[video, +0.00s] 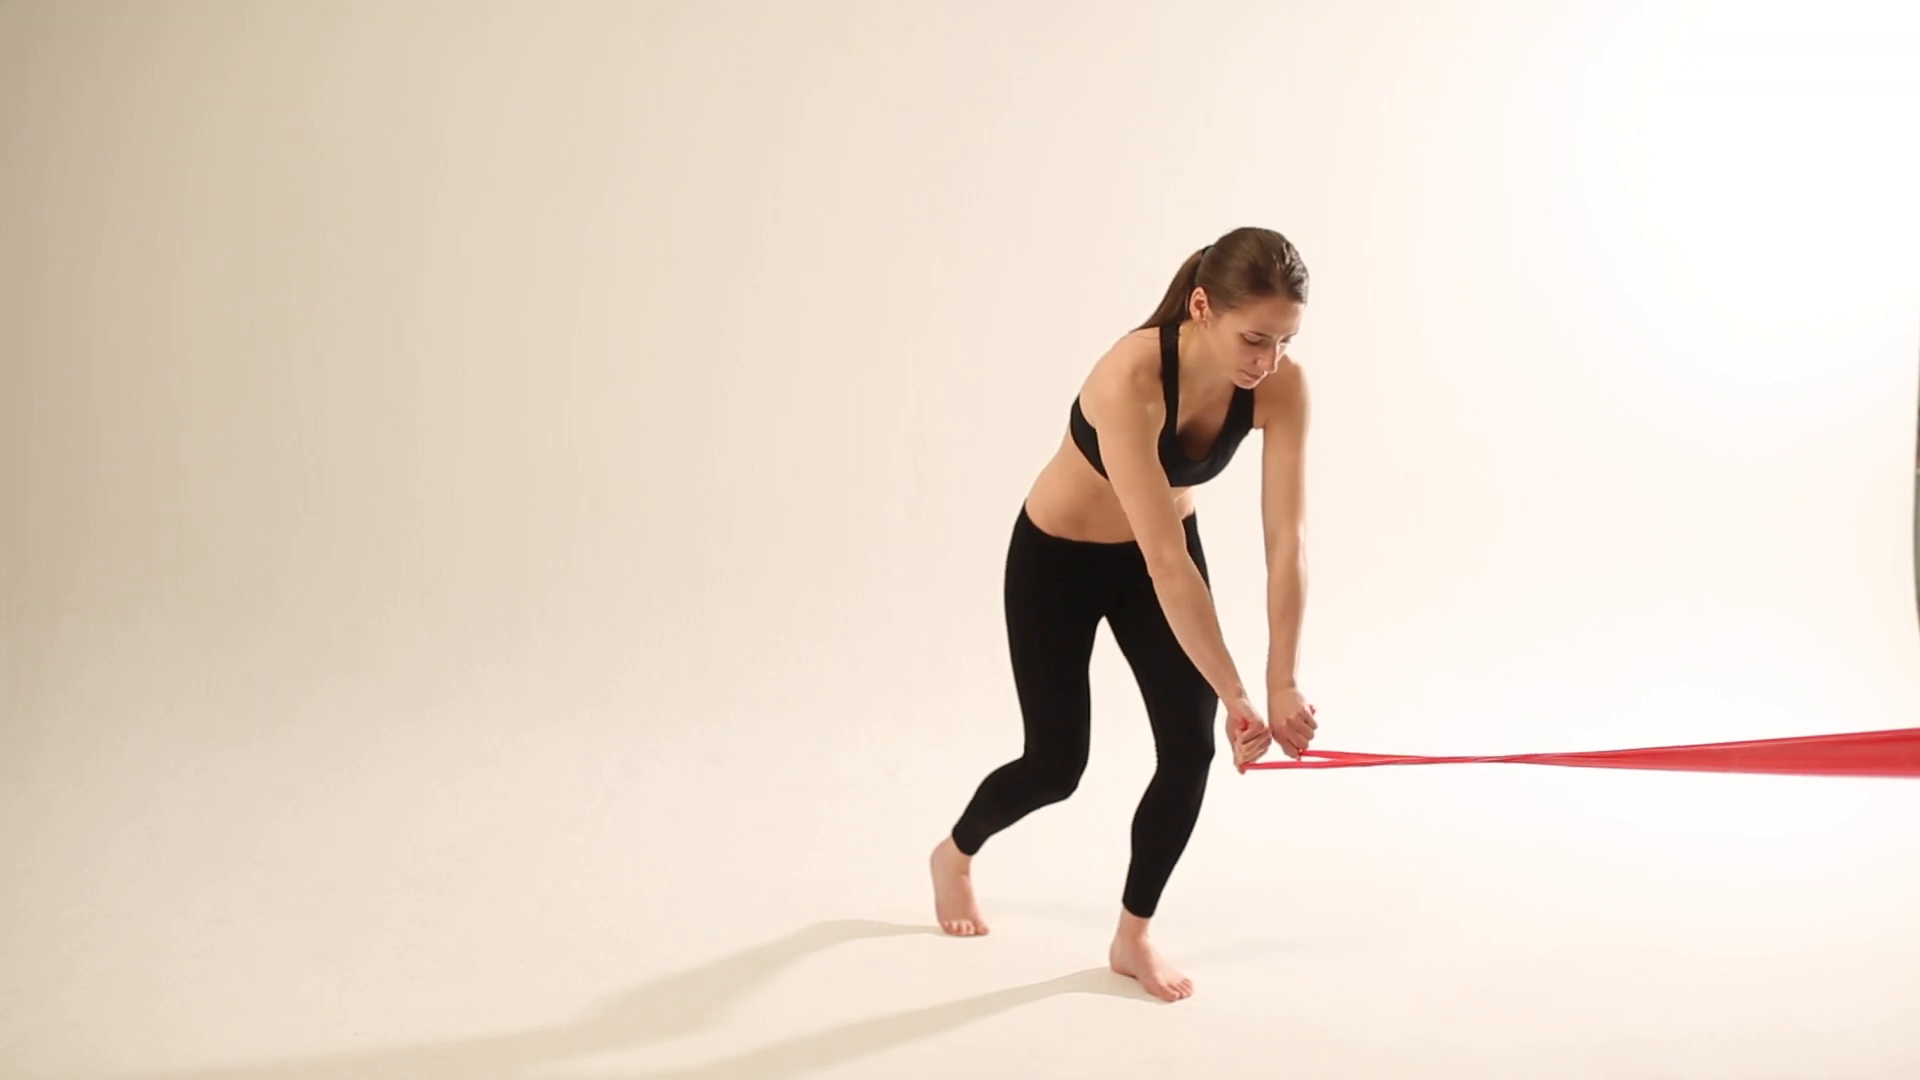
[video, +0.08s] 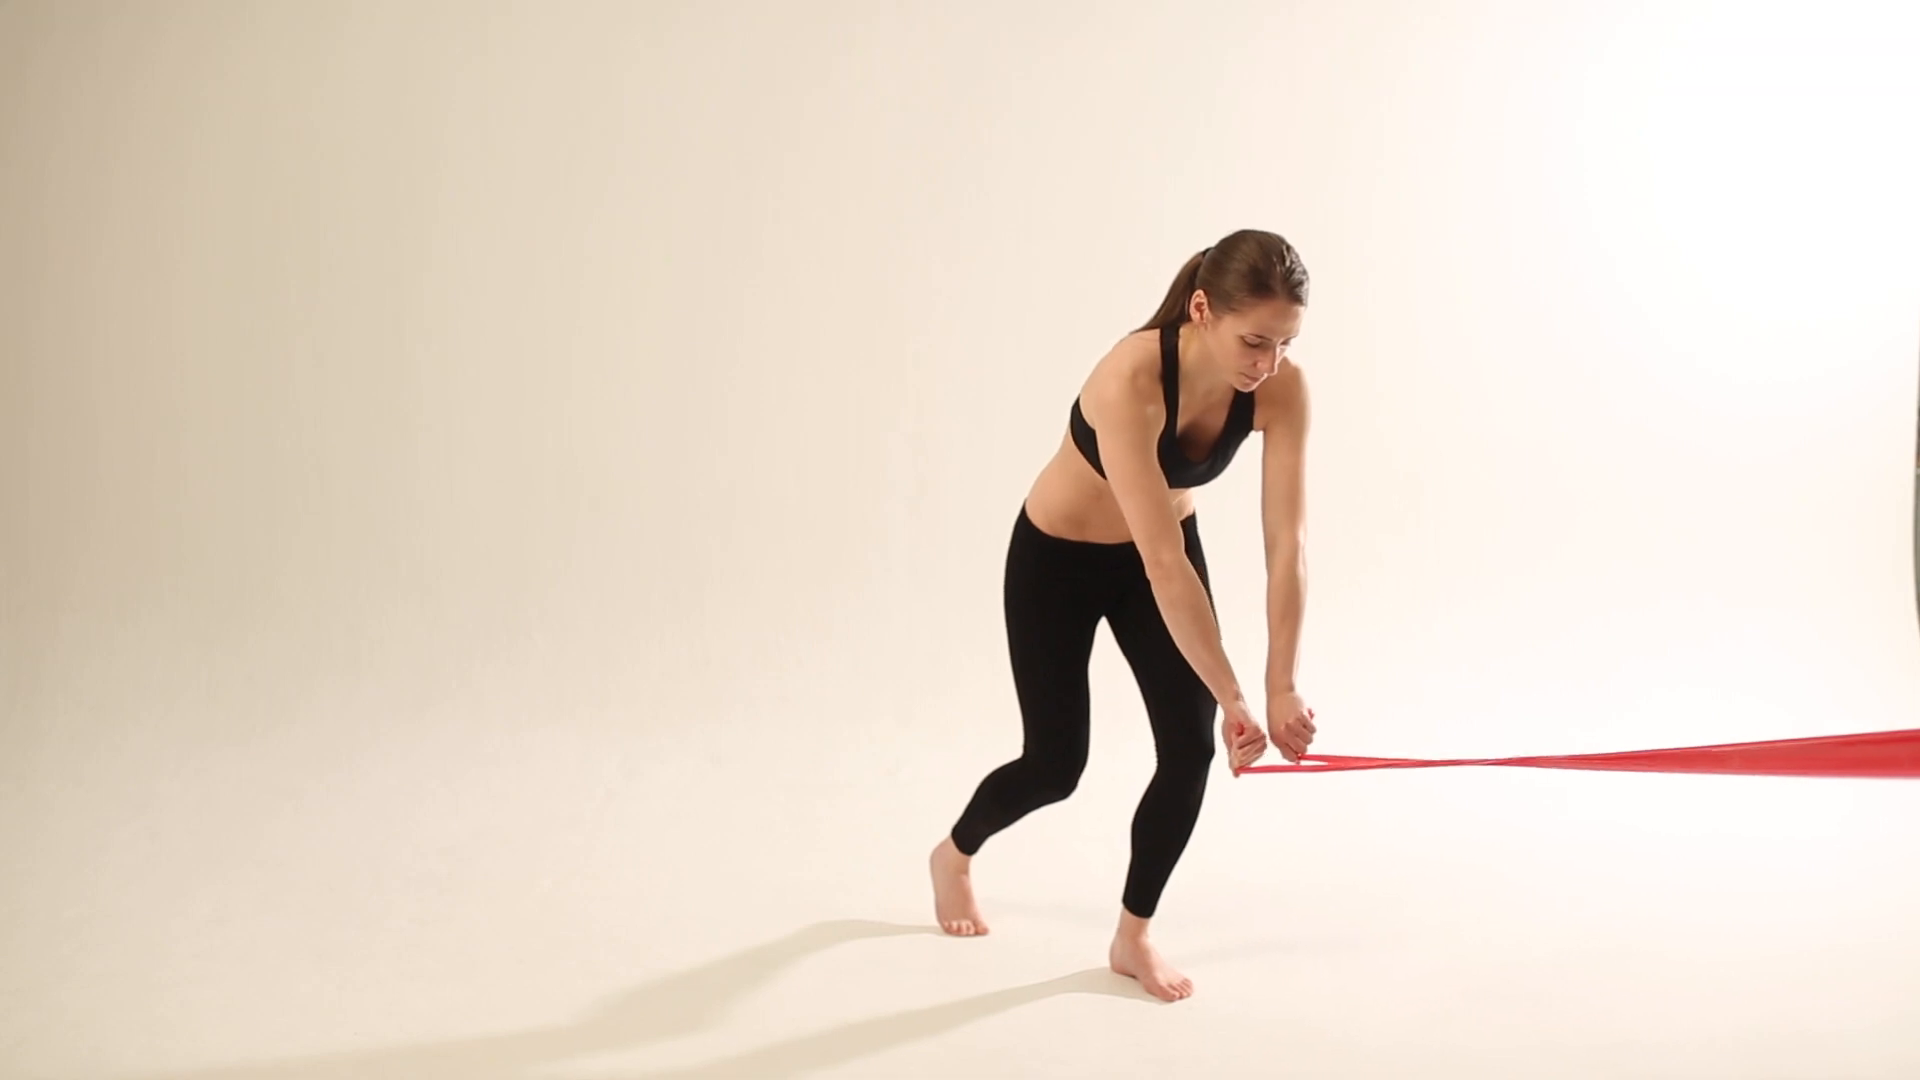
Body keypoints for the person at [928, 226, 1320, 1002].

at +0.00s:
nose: (1272, 359)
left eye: (1285, 340)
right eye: (1257, 338)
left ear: (1298, 321)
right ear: (1201, 309)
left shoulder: (1279, 384)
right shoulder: (1128, 378)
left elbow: (1285, 541)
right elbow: (1166, 562)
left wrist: (1282, 681)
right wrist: (1234, 695)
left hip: (1162, 557)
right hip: (1058, 558)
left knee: (1186, 753)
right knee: (1056, 764)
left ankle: (1132, 931)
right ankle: (954, 851)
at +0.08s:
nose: (1271, 361)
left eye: (1284, 342)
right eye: (1256, 340)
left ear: (1298, 323)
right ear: (1201, 311)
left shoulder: (1279, 386)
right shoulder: (1128, 378)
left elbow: (1285, 543)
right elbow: (1165, 567)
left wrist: (1280, 685)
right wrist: (1232, 699)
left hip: (1162, 556)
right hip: (1058, 558)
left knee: (1186, 752)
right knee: (1055, 764)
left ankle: (1132, 931)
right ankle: (953, 851)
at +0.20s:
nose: (1272, 365)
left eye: (1285, 346)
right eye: (1257, 344)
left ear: (1299, 327)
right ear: (1201, 314)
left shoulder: (1280, 388)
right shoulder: (1129, 381)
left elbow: (1287, 543)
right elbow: (1162, 567)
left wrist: (1282, 688)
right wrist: (1225, 704)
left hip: (1162, 555)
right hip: (1057, 558)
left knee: (1188, 749)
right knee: (1054, 764)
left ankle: (1132, 931)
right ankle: (952, 852)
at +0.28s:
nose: (1272, 367)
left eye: (1285, 348)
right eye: (1257, 346)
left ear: (1299, 329)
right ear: (1202, 315)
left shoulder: (1280, 389)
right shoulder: (1129, 382)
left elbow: (1287, 546)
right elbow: (1161, 569)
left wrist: (1283, 690)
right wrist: (1224, 710)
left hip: (1163, 555)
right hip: (1058, 558)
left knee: (1188, 749)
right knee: (1055, 764)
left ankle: (1132, 931)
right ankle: (952, 852)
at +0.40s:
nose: (1271, 369)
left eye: (1284, 350)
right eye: (1256, 349)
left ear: (1299, 331)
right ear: (1202, 318)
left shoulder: (1281, 390)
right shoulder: (1130, 383)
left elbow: (1289, 547)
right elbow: (1161, 569)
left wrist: (1284, 691)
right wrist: (1224, 711)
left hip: (1164, 556)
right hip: (1059, 558)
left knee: (1189, 750)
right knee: (1056, 766)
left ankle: (1133, 932)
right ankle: (954, 852)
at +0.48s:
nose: (1273, 371)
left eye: (1285, 351)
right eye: (1257, 350)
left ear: (1300, 332)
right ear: (1203, 318)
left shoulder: (1281, 391)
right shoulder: (1131, 384)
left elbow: (1288, 547)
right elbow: (1163, 570)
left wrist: (1283, 691)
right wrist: (1225, 712)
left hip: (1165, 555)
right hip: (1060, 558)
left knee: (1190, 751)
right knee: (1059, 765)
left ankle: (1133, 931)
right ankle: (955, 851)